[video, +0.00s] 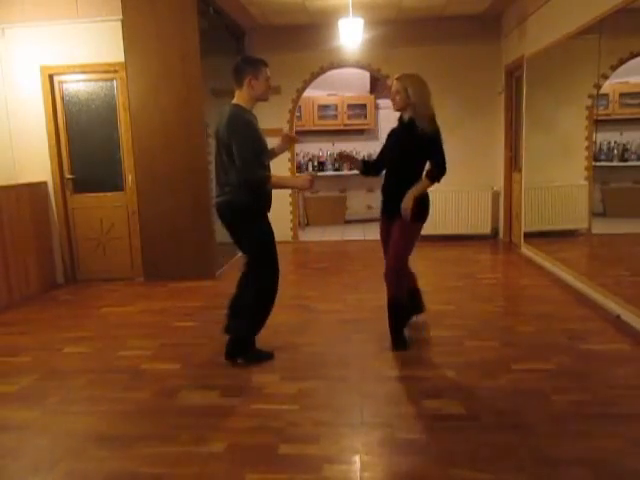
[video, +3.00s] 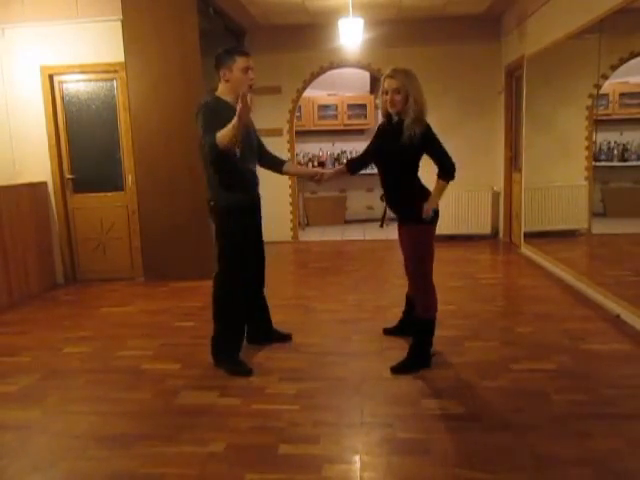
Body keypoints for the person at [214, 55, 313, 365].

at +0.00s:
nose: (270, 85)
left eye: (269, 79)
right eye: (266, 79)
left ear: (247, 82)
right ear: (251, 82)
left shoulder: (235, 116)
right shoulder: (241, 119)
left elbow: (252, 161)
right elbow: (253, 174)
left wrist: (282, 147)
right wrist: (294, 182)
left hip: (235, 205)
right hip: (244, 207)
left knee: (258, 265)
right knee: (266, 271)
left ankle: (236, 326)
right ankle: (242, 344)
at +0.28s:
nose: (271, 88)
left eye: (270, 83)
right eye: (266, 83)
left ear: (252, 86)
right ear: (248, 85)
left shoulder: (256, 120)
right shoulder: (234, 122)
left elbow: (273, 156)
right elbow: (233, 177)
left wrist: (303, 160)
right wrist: (263, 199)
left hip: (252, 201)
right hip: (238, 201)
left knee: (259, 256)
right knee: (270, 257)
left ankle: (243, 310)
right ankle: (241, 316)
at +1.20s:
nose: (260, 82)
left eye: (260, 77)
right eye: (254, 77)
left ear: (249, 81)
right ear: (235, 79)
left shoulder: (260, 121)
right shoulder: (213, 116)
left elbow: (289, 156)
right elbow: (195, 166)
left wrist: (326, 169)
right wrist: (215, 197)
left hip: (266, 202)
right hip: (235, 205)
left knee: (268, 269)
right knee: (248, 264)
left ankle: (260, 332)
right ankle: (235, 318)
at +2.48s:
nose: (260, 72)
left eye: (260, 66)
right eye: (254, 66)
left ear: (253, 71)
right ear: (233, 70)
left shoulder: (253, 110)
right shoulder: (219, 105)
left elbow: (269, 151)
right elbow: (197, 149)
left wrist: (302, 160)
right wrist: (242, 155)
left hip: (259, 202)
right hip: (236, 204)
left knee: (261, 266)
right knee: (236, 273)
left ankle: (257, 327)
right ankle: (227, 352)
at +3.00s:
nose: (252, 77)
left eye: (251, 71)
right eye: (246, 71)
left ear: (236, 75)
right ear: (226, 74)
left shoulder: (241, 113)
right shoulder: (211, 109)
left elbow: (264, 156)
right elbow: (214, 146)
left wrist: (306, 171)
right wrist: (239, 120)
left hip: (247, 201)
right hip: (227, 203)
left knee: (254, 267)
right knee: (231, 274)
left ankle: (259, 329)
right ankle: (225, 352)